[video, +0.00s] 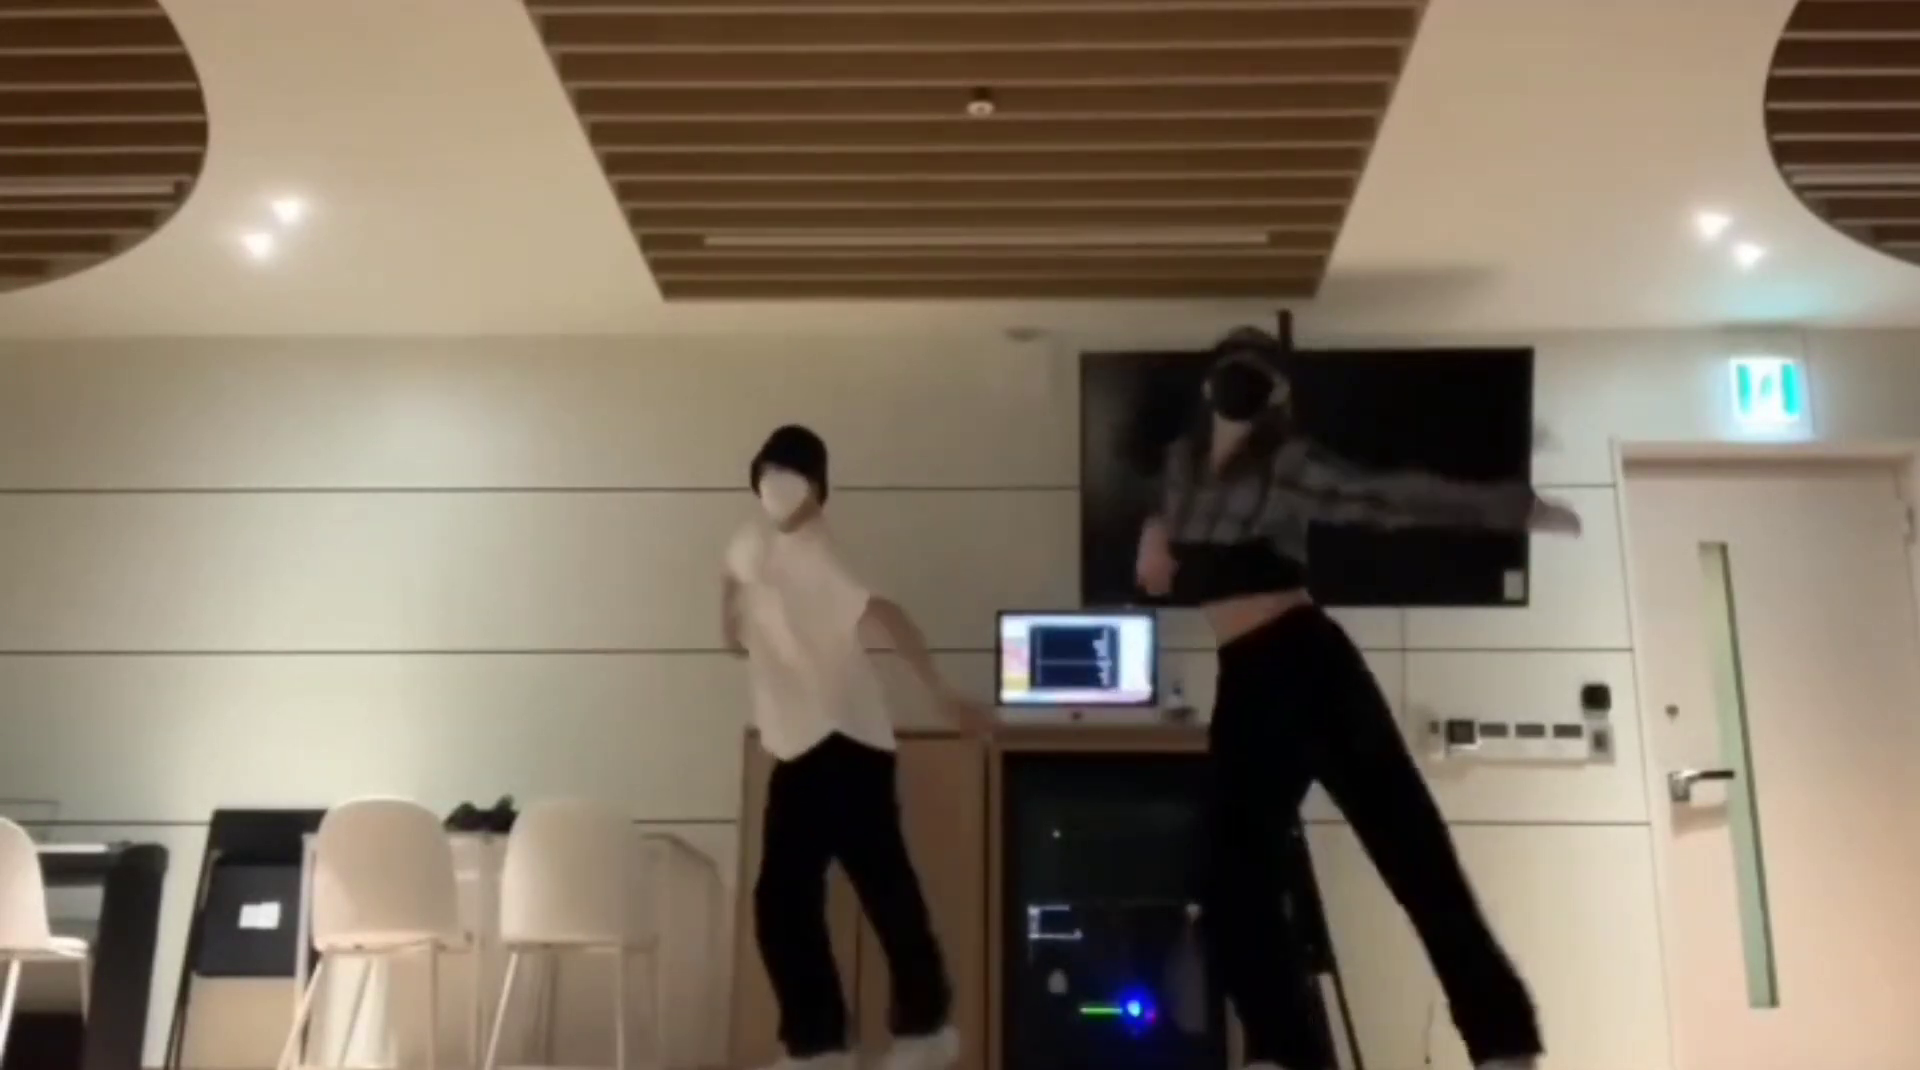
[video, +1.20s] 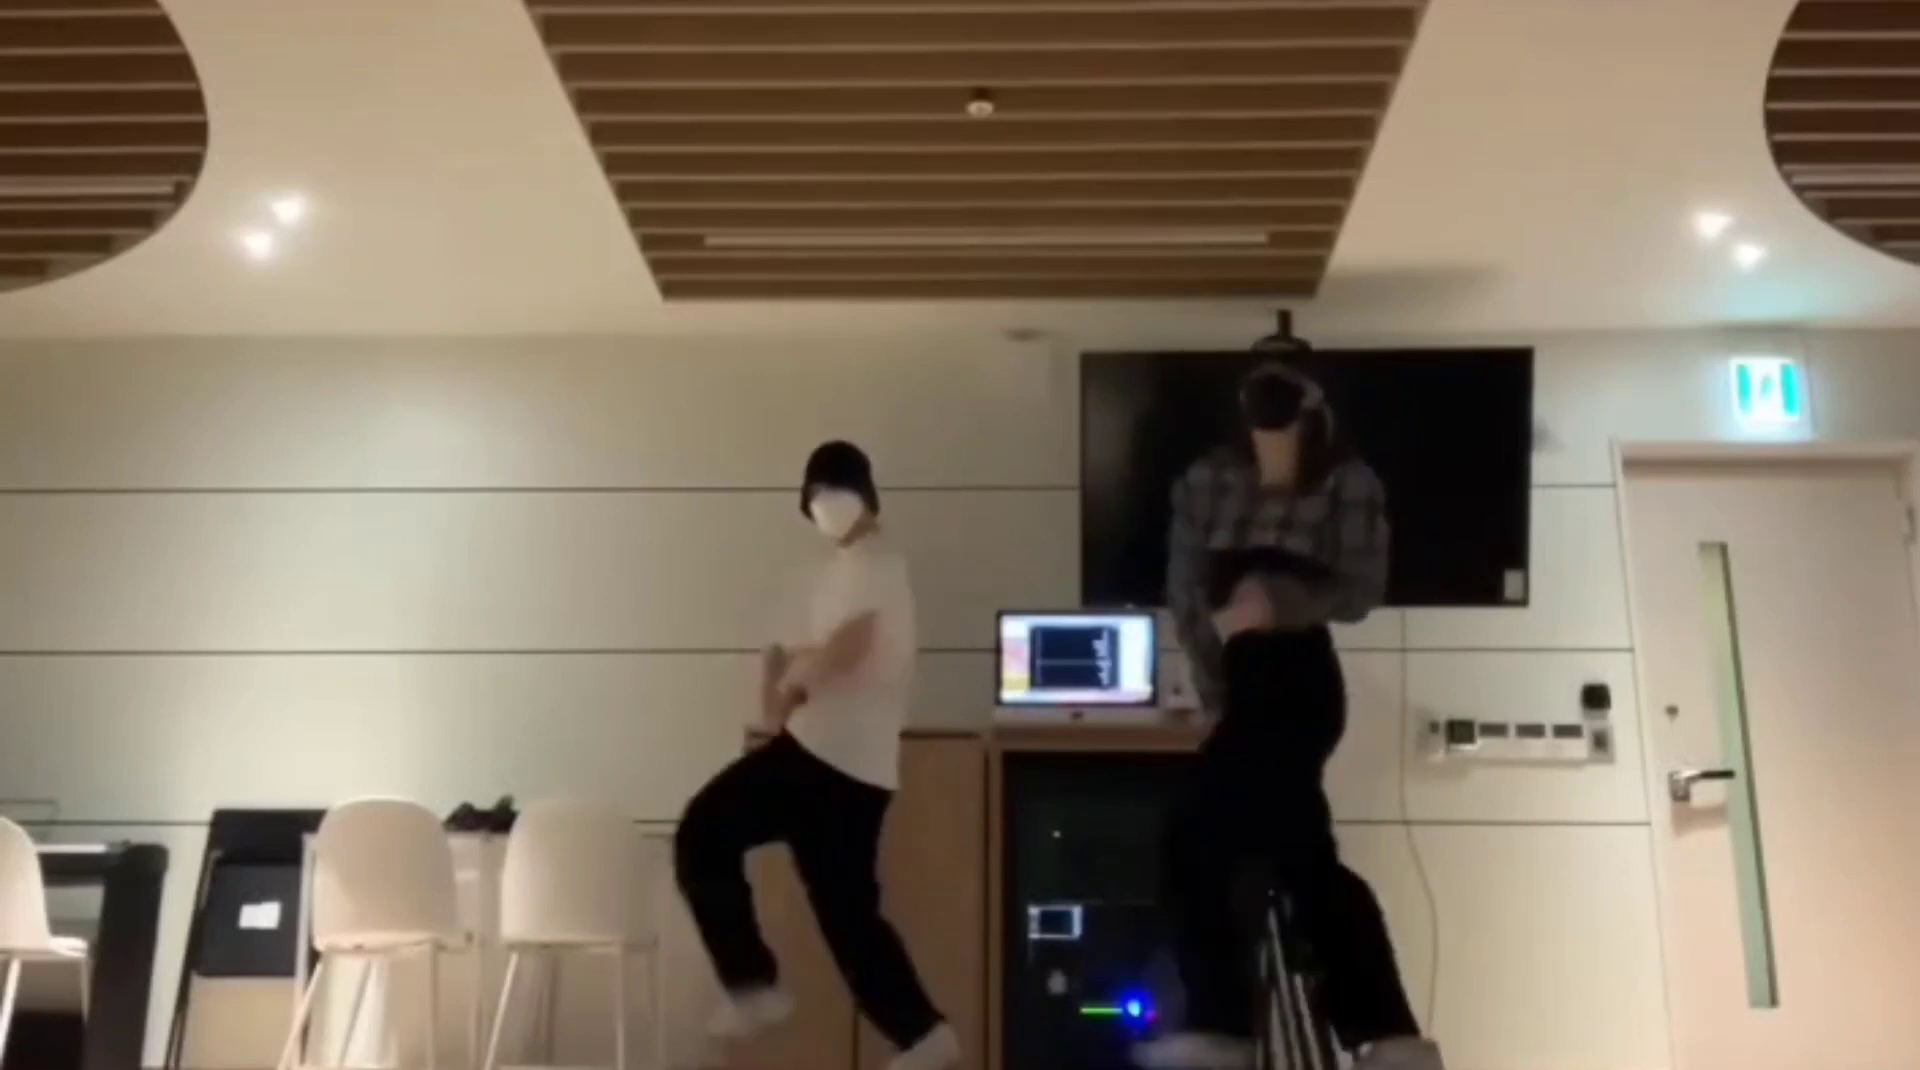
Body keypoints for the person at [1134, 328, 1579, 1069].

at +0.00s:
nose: (1239, 389)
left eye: (1256, 381)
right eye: (1229, 374)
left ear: (1273, 399)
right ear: (1207, 386)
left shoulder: (1285, 466)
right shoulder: (1185, 468)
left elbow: (1383, 495)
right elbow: (1173, 538)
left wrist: (1510, 508)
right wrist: (1154, 554)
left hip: (1312, 663)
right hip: (1245, 678)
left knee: (1411, 851)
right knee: (1235, 879)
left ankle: (1503, 1039)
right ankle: (1288, 1052)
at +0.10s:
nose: (1236, 363)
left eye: (1253, 350)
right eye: (1224, 350)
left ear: (1282, 365)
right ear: (1207, 366)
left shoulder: (1296, 443)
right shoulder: (1197, 462)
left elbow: (1376, 522)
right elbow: (1200, 573)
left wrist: (1477, 594)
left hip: (1307, 659)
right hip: (1230, 675)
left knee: (1408, 845)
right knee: (1262, 876)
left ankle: (1493, 1040)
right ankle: (1284, 1052)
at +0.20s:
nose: (1245, 363)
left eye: (1260, 348)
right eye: (1232, 351)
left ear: (1291, 357)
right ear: (1216, 365)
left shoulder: (1333, 441)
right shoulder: (1212, 459)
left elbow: (1350, 561)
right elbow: (1209, 582)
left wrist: (1378, 666)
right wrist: (1190, 688)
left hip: (1307, 651)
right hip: (1222, 658)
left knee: (1346, 839)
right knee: (1250, 860)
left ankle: (1408, 1032)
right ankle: (1284, 1044)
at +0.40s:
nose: (1260, 401)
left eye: (1275, 389)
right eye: (1246, 390)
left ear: (1303, 402)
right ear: (1231, 409)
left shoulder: (1336, 463)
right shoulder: (1222, 500)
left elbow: (1333, 568)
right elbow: (1198, 608)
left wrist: (1312, 672)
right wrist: (1159, 694)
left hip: (1317, 657)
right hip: (1233, 661)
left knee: (1283, 867)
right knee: (1168, 801)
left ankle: (1307, 1052)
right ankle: (1192, 1012)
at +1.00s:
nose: (1279, 404)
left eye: (1293, 390)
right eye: (1270, 390)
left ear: (1320, 401)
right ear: (1255, 401)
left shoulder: (1356, 482)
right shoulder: (1233, 477)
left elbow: (1404, 565)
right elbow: (1201, 572)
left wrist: (1309, 572)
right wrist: (1202, 650)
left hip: (1326, 676)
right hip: (1242, 679)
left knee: (1319, 863)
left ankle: (1322, 1038)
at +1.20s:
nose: (1271, 399)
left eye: (1288, 386)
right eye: (1261, 385)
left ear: (1317, 404)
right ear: (1244, 401)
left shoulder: (1349, 485)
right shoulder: (1207, 481)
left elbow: (1360, 592)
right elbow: (1185, 596)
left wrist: (1279, 600)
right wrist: (1213, 698)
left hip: (1305, 677)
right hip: (1234, 682)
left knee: (1199, 832)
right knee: (1305, 858)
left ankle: (1217, 1029)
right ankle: (1388, 1038)